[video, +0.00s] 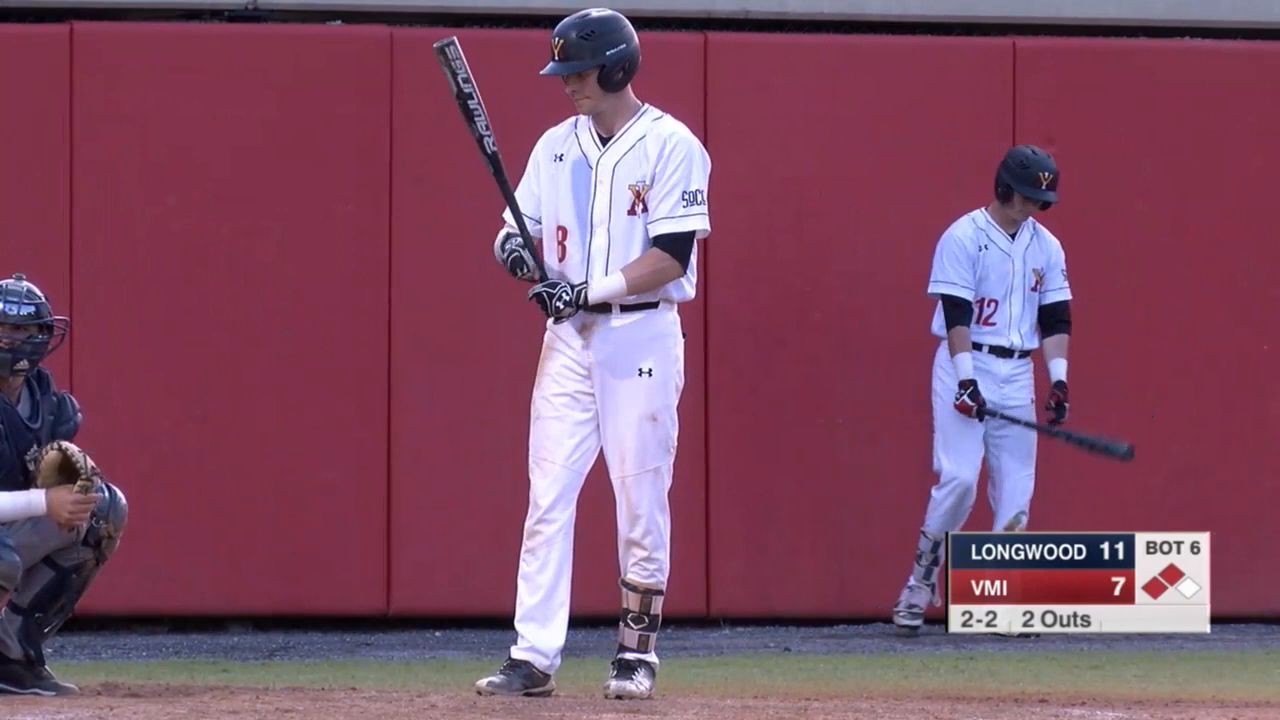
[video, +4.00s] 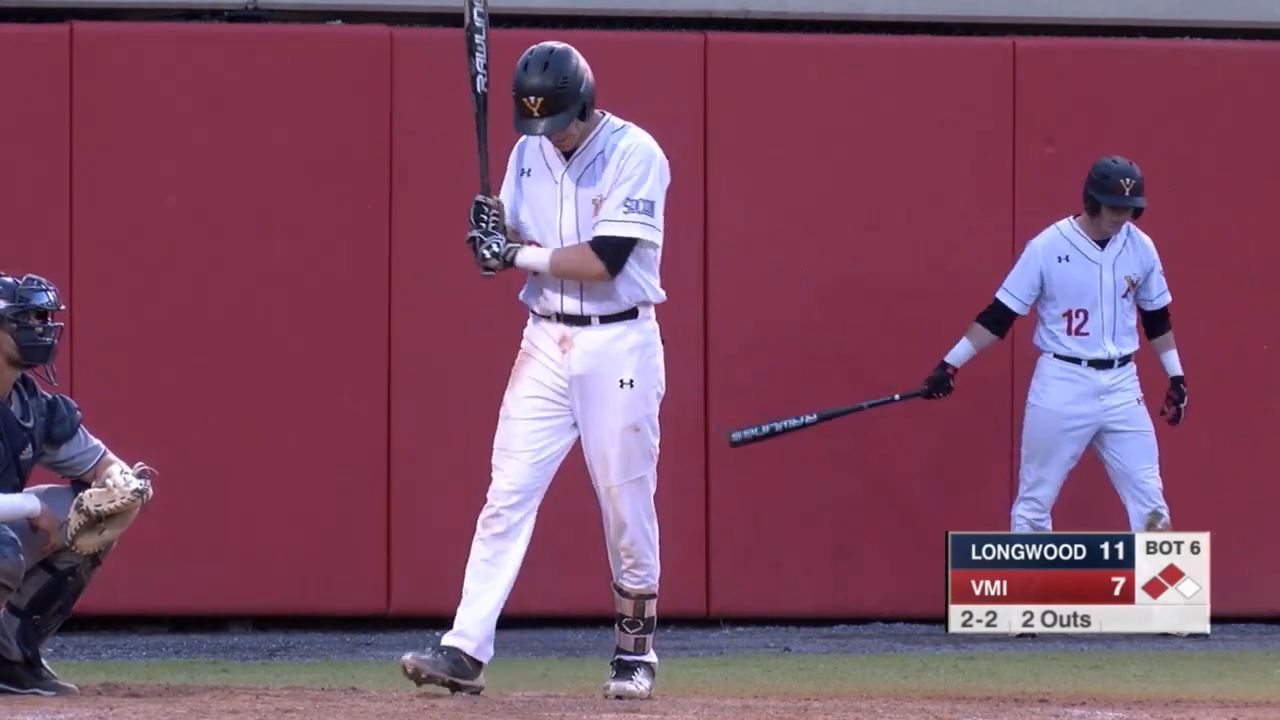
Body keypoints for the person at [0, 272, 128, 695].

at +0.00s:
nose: (15, 340)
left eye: (24, 330)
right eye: (7, 329)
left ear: (42, 337)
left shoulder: (50, 406)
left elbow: (48, 483)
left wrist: (71, 488)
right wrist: (43, 503)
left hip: (18, 529)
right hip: (4, 531)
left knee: (105, 506)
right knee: (7, 565)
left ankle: (17, 650)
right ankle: (9, 652)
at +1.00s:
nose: (62, 360)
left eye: (65, 350)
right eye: (56, 347)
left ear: (23, 340)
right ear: (19, 339)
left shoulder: (41, 411)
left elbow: (98, 461)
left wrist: (131, 481)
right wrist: (27, 503)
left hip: (9, 522)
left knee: (94, 511)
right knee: (7, 550)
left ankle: (15, 652)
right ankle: (6, 658)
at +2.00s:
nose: (62, 361)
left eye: (65, 351)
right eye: (56, 348)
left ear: (23, 341)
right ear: (20, 339)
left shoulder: (40, 410)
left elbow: (99, 461)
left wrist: (128, 480)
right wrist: (26, 504)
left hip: (9, 521)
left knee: (96, 512)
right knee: (7, 549)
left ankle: (14, 651)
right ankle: (7, 655)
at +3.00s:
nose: (40, 328)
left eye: (42, 319)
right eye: (25, 319)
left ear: (47, 325)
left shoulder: (37, 404)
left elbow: (98, 462)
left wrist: (127, 483)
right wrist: (29, 505)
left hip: (9, 522)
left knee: (96, 513)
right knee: (10, 547)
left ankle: (14, 652)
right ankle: (7, 653)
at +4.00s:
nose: (38, 328)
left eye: (41, 318)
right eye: (23, 319)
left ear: (48, 325)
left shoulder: (37, 406)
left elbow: (97, 461)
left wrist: (125, 484)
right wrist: (27, 505)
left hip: (9, 522)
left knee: (96, 511)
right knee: (11, 545)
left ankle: (15, 652)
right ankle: (8, 653)